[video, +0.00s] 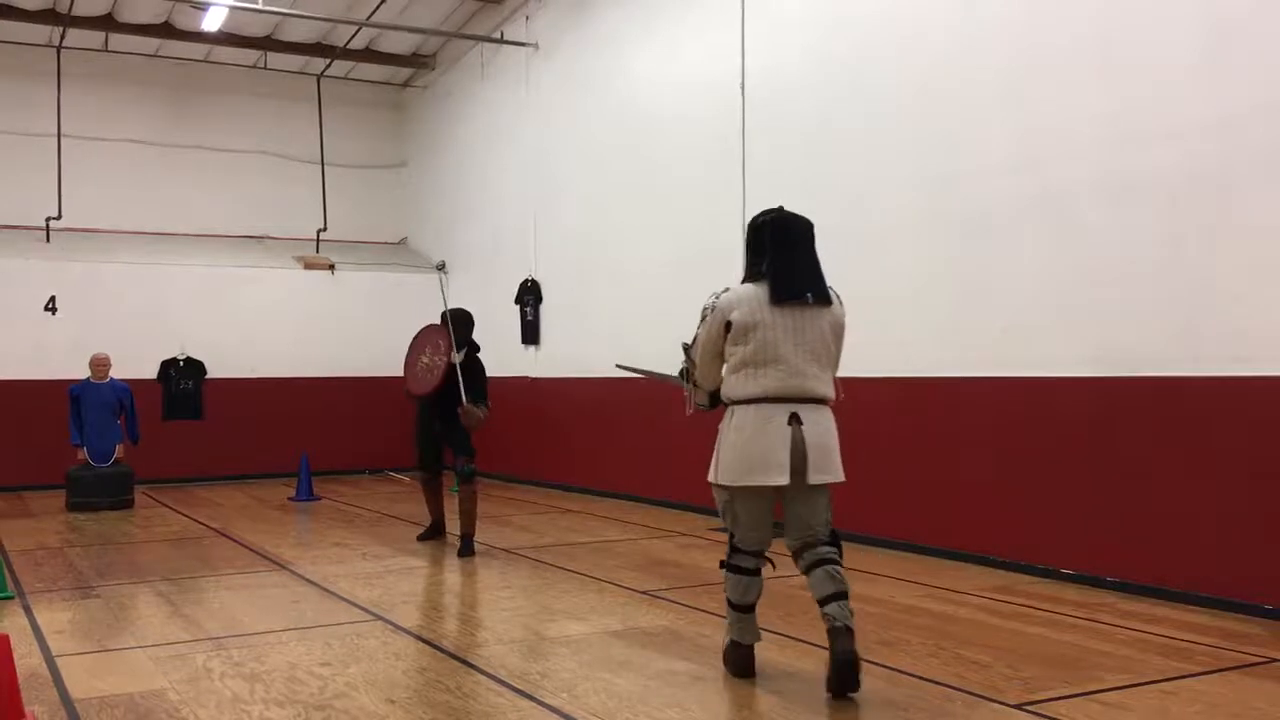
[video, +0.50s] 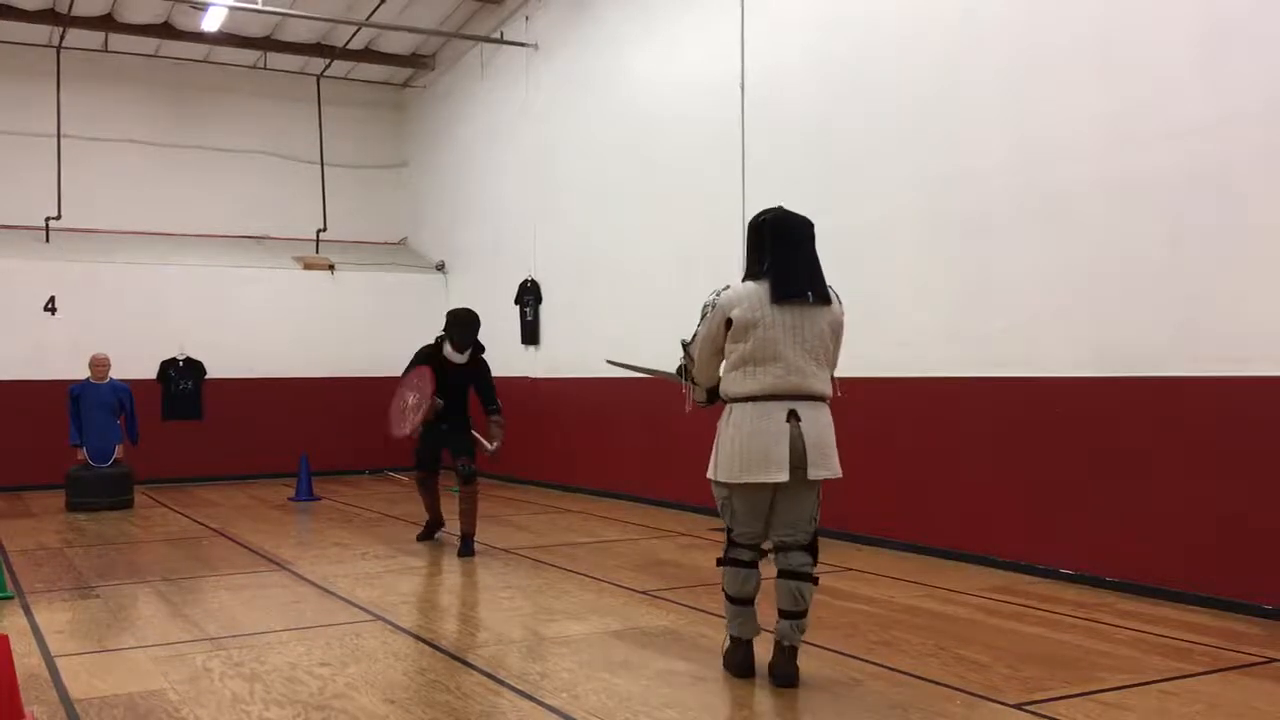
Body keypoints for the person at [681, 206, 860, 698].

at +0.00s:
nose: (747, 256)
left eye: (750, 248)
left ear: (755, 251)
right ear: (807, 251)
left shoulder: (734, 301)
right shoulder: (830, 306)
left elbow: (704, 368)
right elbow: (825, 366)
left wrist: (711, 390)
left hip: (749, 437)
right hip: (815, 436)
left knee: (746, 546)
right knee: (815, 541)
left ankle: (741, 648)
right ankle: (841, 633)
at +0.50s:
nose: (749, 256)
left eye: (751, 247)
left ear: (756, 250)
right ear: (807, 249)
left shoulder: (735, 299)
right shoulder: (829, 304)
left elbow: (702, 365)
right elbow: (825, 369)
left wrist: (707, 387)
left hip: (748, 436)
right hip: (811, 436)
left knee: (743, 544)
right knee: (796, 547)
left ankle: (740, 649)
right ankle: (786, 658)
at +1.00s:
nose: (751, 258)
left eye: (753, 250)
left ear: (758, 252)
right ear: (808, 252)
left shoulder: (736, 302)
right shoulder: (830, 309)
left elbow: (702, 370)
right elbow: (824, 374)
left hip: (743, 435)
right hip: (807, 436)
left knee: (729, 537)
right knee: (793, 544)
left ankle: (717, 639)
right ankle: (785, 656)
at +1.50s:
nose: (706, 267)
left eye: (708, 259)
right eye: (708, 259)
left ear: (715, 263)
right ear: (763, 261)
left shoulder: (697, 314)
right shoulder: (786, 316)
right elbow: (781, 376)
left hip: (709, 438)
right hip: (772, 436)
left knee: (679, 539)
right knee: (773, 541)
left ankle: (644, 626)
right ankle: (783, 653)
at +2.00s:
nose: (629, 267)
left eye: (631, 260)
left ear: (635, 262)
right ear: (682, 259)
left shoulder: (620, 310)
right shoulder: (708, 309)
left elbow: (596, 381)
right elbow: (714, 370)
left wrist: (603, 398)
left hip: (644, 427)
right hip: (705, 425)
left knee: (641, 533)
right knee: (708, 527)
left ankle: (634, 633)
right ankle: (726, 618)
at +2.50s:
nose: (627, 268)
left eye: (630, 260)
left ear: (634, 263)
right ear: (681, 262)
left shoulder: (617, 308)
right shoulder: (701, 308)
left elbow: (589, 347)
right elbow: (717, 299)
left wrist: (600, 316)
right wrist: (699, 285)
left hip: (629, 432)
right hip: (688, 431)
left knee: (622, 527)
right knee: (675, 528)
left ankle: (631, 629)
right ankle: (668, 634)